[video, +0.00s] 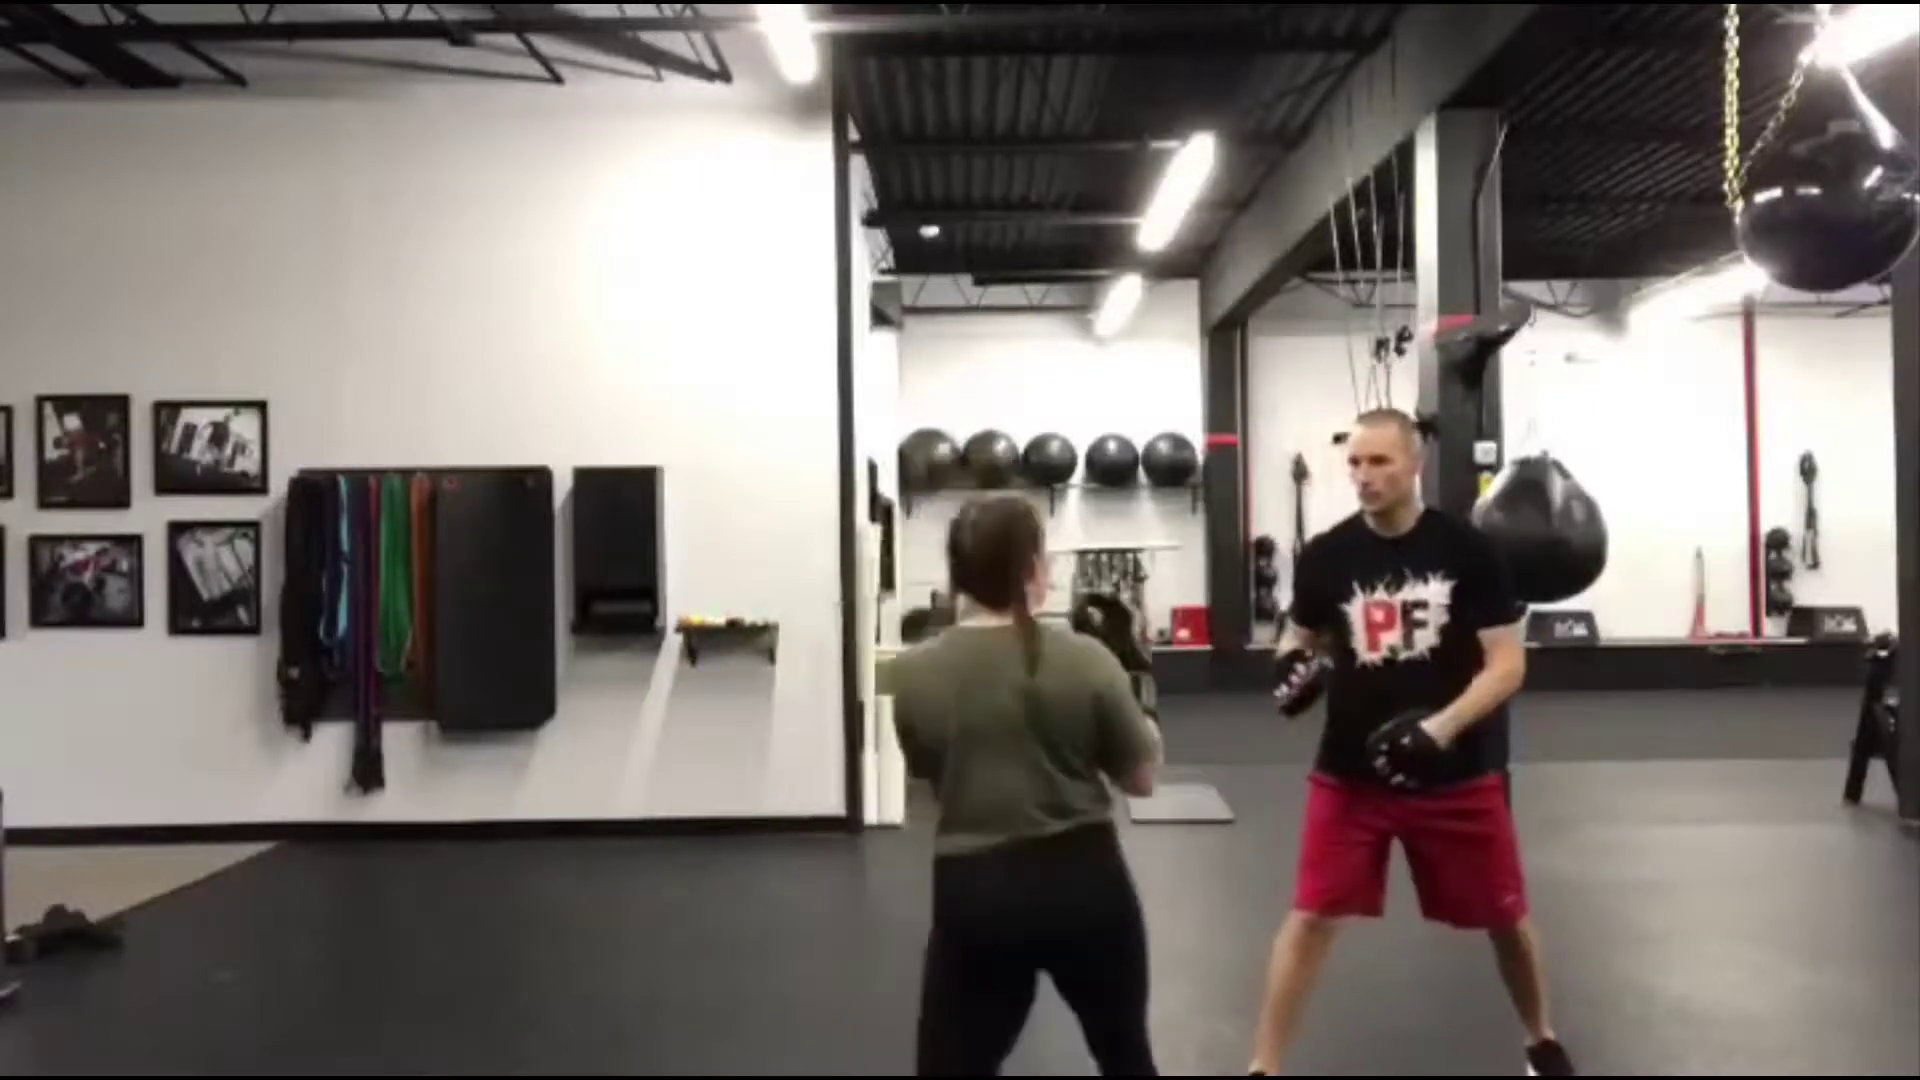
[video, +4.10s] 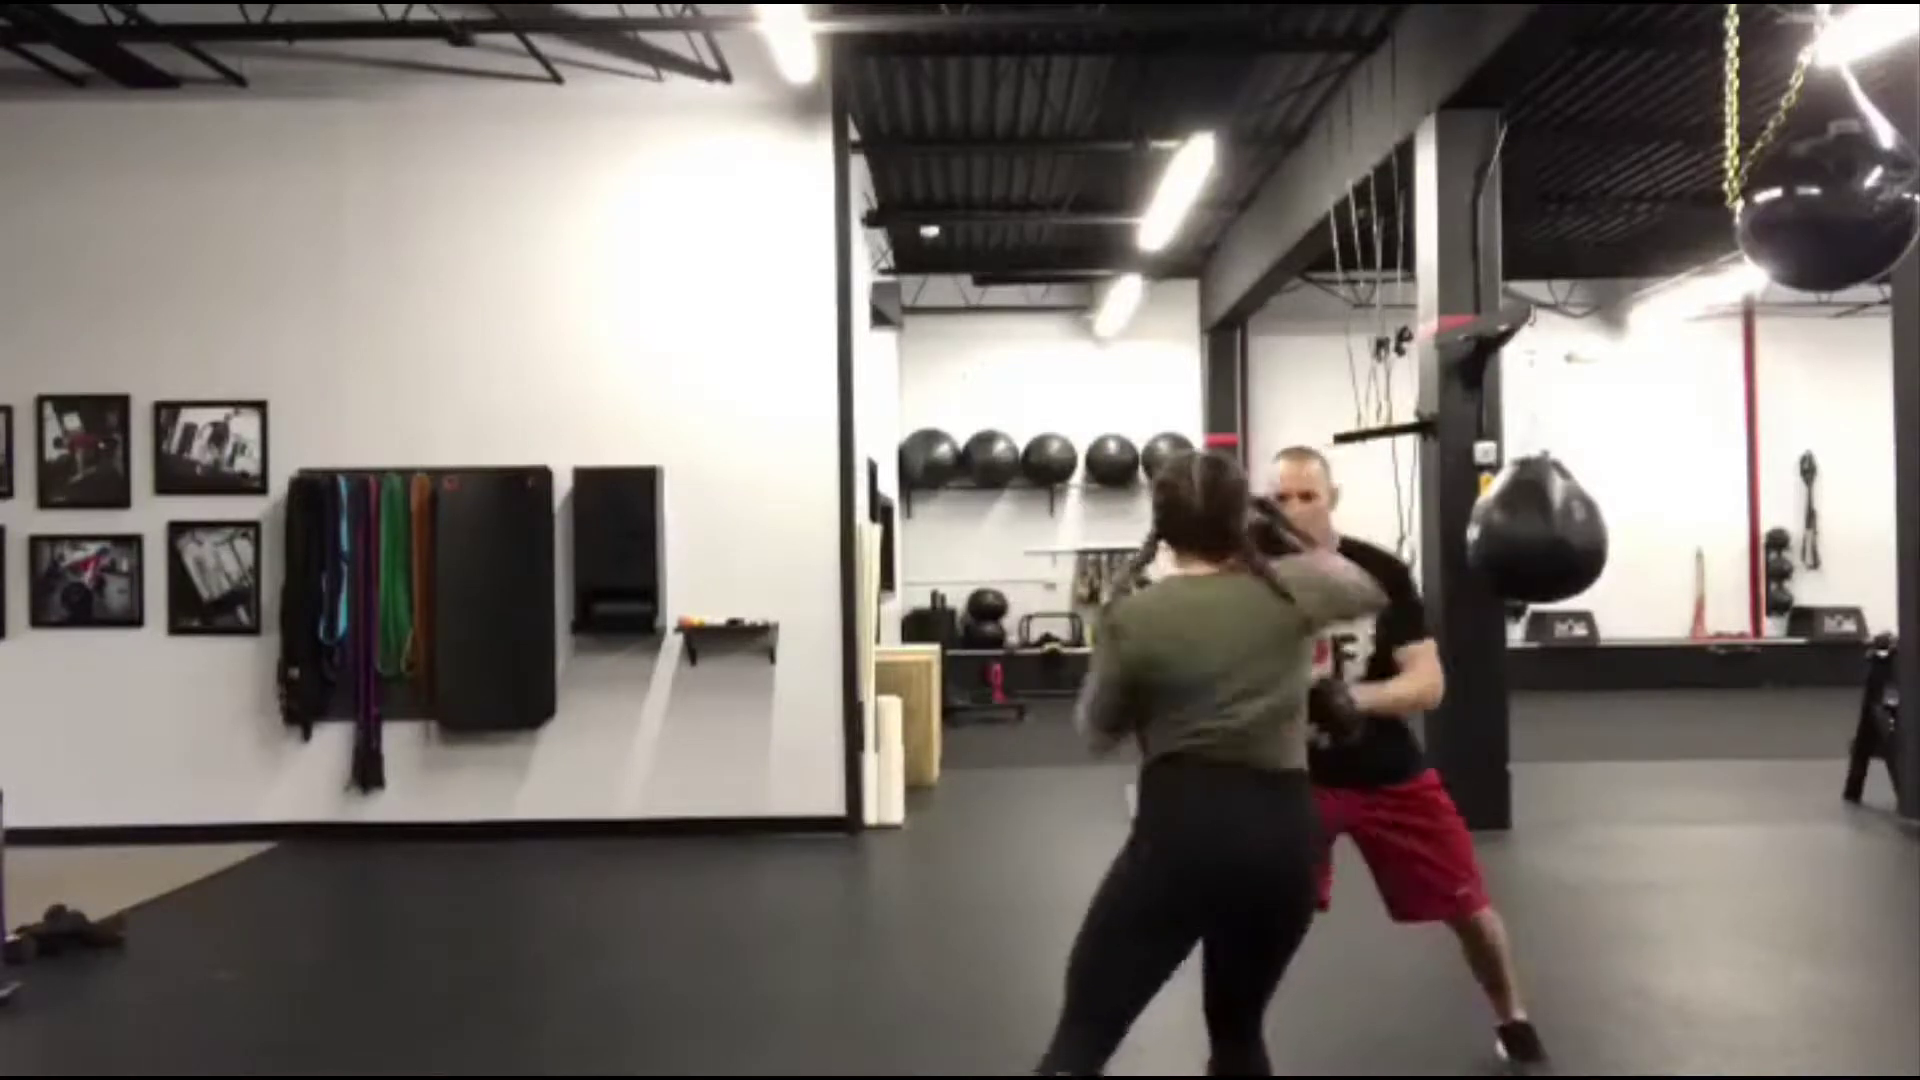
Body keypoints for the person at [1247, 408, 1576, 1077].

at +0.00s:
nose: (1365, 475)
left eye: (1379, 462)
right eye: (1356, 464)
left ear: (1416, 464)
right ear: (1348, 469)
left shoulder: (1467, 549)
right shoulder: (1324, 556)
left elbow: (1507, 663)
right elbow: (1301, 637)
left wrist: (1440, 727)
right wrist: (1296, 668)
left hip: (1458, 778)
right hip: (1350, 776)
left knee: (1508, 920)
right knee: (1313, 915)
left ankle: (1542, 1043)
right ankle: (1264, 1064)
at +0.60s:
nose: (1365, 473)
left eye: (1379, 458)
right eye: (1356, 461)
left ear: (1414, 460)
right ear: (1347, 468)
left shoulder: (1463, 550)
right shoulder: (1330, 551)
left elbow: (1496, 665)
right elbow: (1278, 655)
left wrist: (1409, 670)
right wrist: (1278, 588)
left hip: (1452, 779)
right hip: (1348, 775)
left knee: (1508, 921)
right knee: (1305, 915)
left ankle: (1543, 1044)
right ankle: (1265, 1064)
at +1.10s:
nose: (1294, 478)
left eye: (1307, 464)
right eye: (1285, 467)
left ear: (1345, 464)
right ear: (1278, 475)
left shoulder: (1408, 542)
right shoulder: (1267, 558)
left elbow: (1448, 650)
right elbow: (1227, 653)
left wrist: (1369, 645)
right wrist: (1218, 656)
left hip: (1416, 770)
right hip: (1314, 773)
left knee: (1476, 909)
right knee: (1287, 914)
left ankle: (1516, 1025)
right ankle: (1262, 1064)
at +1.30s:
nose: (1322, 503)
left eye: (1335, 489)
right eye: (1312, 491)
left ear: (1372, 485)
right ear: (1304, 494)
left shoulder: (1423, 556)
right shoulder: (1291, 571)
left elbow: (1441, 666)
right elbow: (1257, 662)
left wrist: (1349, 630)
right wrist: (1285, 739)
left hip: (1425, 779)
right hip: (1329, 777)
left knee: (1483, 922)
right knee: (1293, 914)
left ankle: (1508, 1022)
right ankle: (1261, 1065)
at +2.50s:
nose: (1335, 500)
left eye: (1349, 488)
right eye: (1331, 488)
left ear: (1389, 493)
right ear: (1327, 493)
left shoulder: (1439, 566)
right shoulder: (1310, 571)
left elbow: (1464, 680)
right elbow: (1253, 650)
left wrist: (1410, 615)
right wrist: (1258, 694)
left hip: (1429, 778)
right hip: (1327, 775)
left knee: (1491, 917)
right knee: (1284, 905)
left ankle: (1509, 1026)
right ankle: (1245, 1053)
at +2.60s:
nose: (1334, 496)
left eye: (1349, 484)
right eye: (1329, 485)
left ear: (1388, 489)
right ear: (1323, 493)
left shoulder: (1440, 564)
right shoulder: (1309, 570)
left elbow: (1465, 677)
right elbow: (1283, 657)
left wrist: (1407, 608)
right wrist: (1250, 604)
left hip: (1431, 778)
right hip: (1329, 772)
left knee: (1491, 919)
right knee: (1282, 904)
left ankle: (1510, 1026)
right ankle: (1245, 1052)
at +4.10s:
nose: (1295, 509)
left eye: (1307, 496)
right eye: (1284, 499)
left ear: (1331, 499)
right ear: (1271, 506)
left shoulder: (1379, 571)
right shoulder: (1260, 581)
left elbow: (1428, 682)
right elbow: (1239, 675)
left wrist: (1354, 698)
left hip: (1395, 778)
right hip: (1303, 782)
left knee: (1472, 912)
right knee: (1267, 919)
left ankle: (1515, 1023)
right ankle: (1233, 1045)